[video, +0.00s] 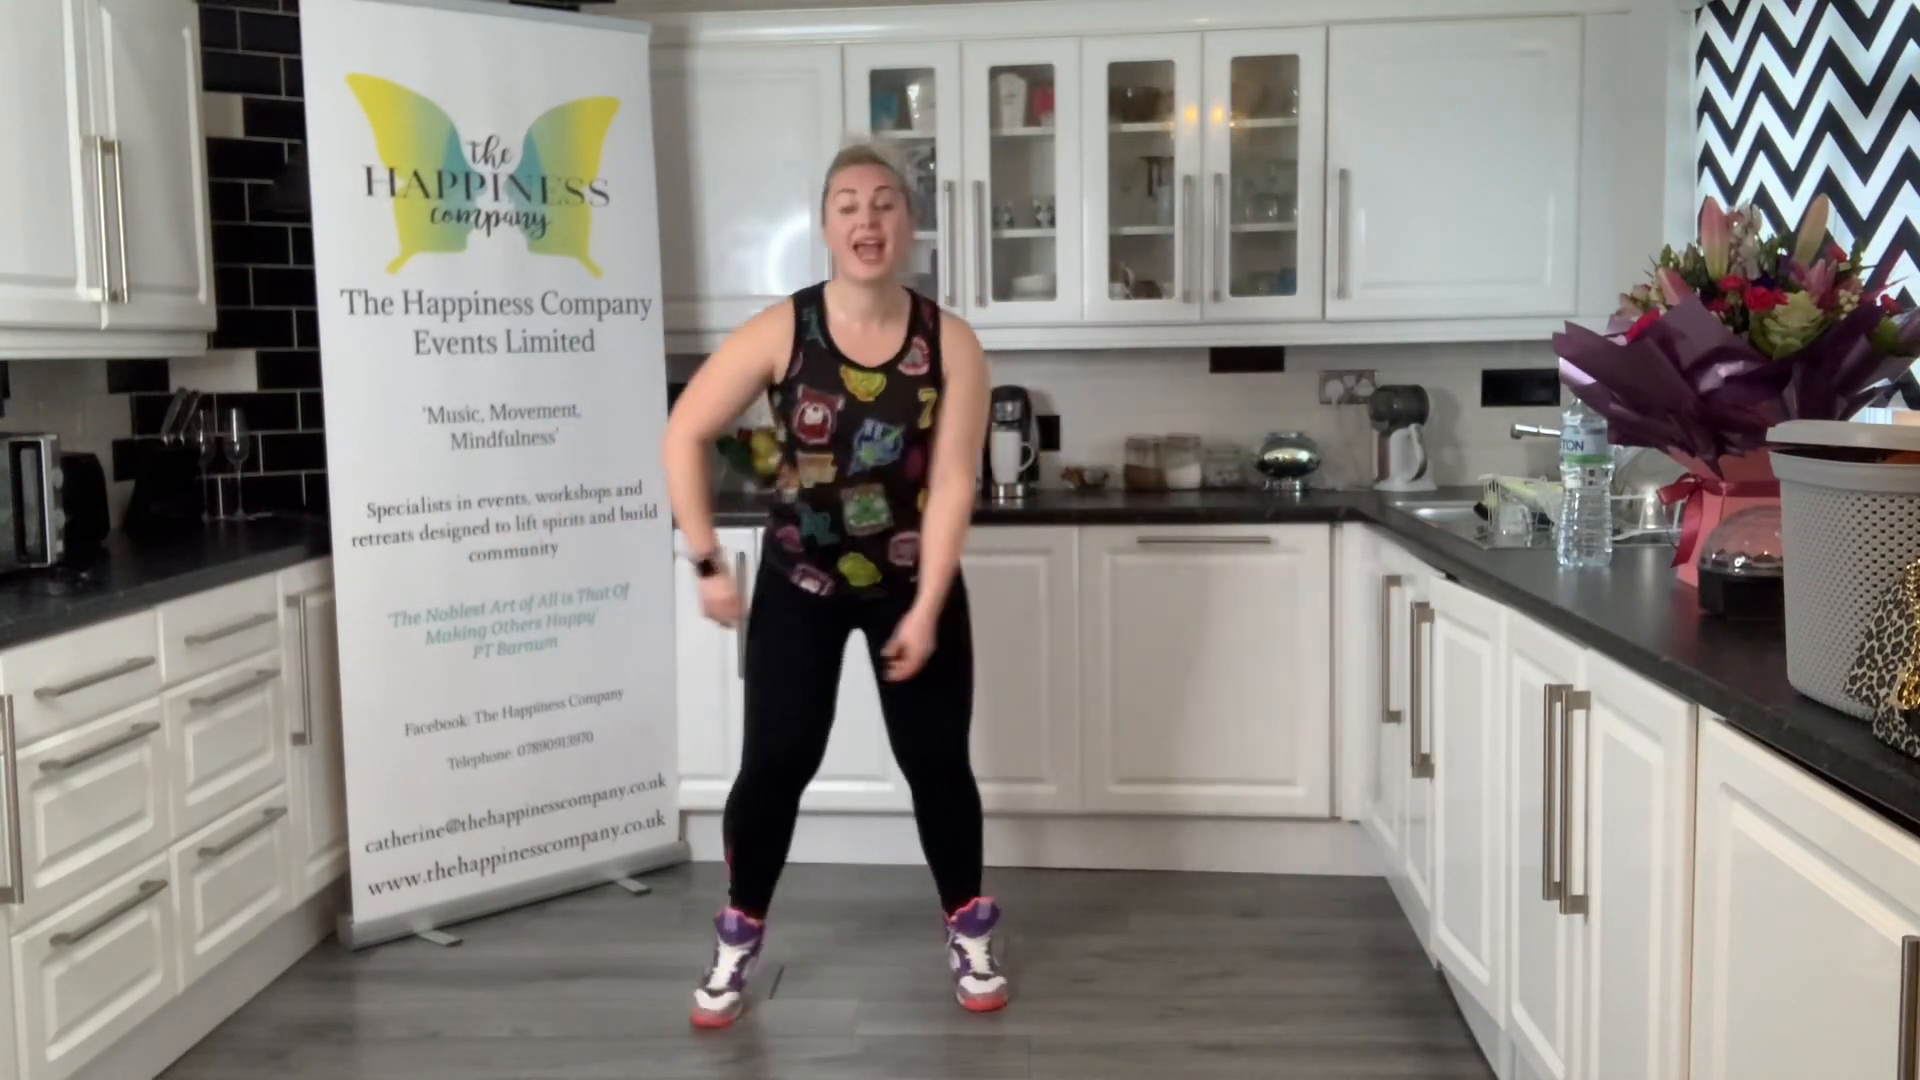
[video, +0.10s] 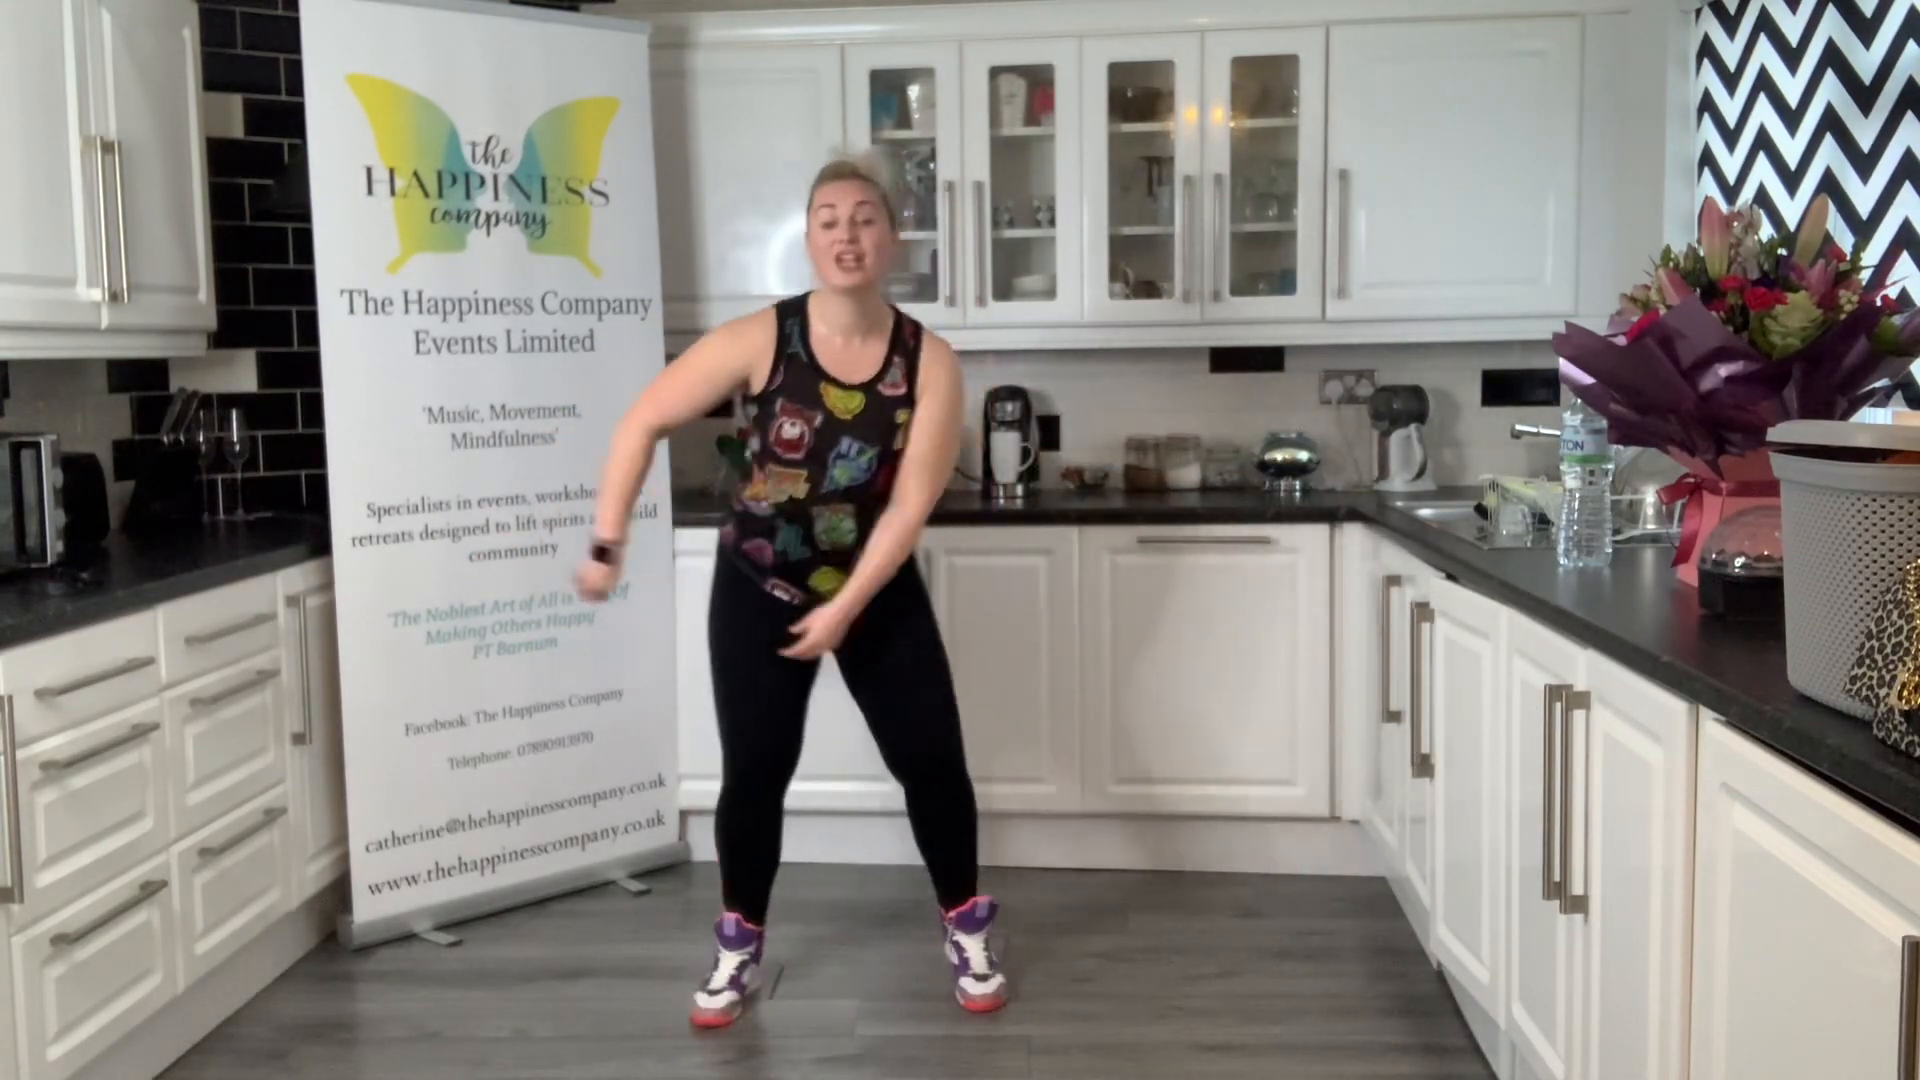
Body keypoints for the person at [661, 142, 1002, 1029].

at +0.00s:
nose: (867, 221)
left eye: (883, 205)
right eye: (849, 207)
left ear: (911, 222)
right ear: (824, 227)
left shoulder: (951, 344)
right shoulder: (782, 330)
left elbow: (954, 486)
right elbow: (686, 432)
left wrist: (927, 604)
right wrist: (707, 560)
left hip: (914, 579)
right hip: (801, 581)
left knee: (938, 764)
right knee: (776, 763)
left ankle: (969, 932)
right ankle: (740, 938)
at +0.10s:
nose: (845, 233)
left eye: (863, 218)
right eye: (828, 220)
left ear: (892, 239)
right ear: (807, 242)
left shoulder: (929, 360)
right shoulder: (759, 339)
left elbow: (913, 502)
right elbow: (644, 420)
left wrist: (848, 605)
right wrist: (607, 540)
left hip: (879, 578)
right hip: (761, 583)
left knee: (932, 759)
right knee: (755, 771)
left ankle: (967, 925)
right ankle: (739, 945)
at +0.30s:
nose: (805, 261)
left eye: (824, 244)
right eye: (790, 245)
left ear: (855, 262)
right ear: (771, 261)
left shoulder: (890, 383)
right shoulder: (719, 355)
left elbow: (876, 522)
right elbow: (606, 410)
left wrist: (768, 545)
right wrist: (535, 461)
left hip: (827, 590)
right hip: (715, 591)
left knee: (908, 725)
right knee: (724, 777)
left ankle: (876, 901)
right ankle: (736, 949)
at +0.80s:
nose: (801, 234)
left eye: (817, 218)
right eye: (782, 220)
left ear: (842, 235)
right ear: (755, 242)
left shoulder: (886, 347)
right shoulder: (718, 352)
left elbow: (890, 499)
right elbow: (655, 470)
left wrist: (826, 602)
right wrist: (585, 572)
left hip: (847, 573)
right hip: (733, 580)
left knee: (934, 727)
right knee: (739, 763)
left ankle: (937, 904)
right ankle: (736, 945)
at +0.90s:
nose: (795, 227)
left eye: (815, 210)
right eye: (781, 213)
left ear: (850, 224)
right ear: (765, 233)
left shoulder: (901, 332)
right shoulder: (735, 342)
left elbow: (919, 476)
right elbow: (711, 480)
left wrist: (916, 604)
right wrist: (687, 600)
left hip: (879, 584)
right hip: (763, 589)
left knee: (921, 765)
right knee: (755, 770)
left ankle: (974, 926)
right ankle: (738, 946)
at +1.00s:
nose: (802, 229)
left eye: (822, 212)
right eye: (790, 214)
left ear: (866, 227)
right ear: (779, 230)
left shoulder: (921, 331)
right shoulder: (763, 353)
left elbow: (975, 466)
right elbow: (768, 490)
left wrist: (1010, 588)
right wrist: (786, 604)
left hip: (911, 593)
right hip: (800, 594)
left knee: (932, 765)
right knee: (764, 772)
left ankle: (973, 926)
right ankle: (742, 942)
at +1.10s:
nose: (846, 244)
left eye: (865, 227)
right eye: (828, 229)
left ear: (893, 245)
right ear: (807, 251)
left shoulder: (944, 339)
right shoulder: (784, 367)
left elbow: (1033, 437)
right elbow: (787, 497)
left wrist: (1088, 551)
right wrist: (833, 560)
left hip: (951, 580)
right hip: (842, 582)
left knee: (965, 766)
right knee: (752, 720)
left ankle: (977, 930)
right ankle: (764, 918)